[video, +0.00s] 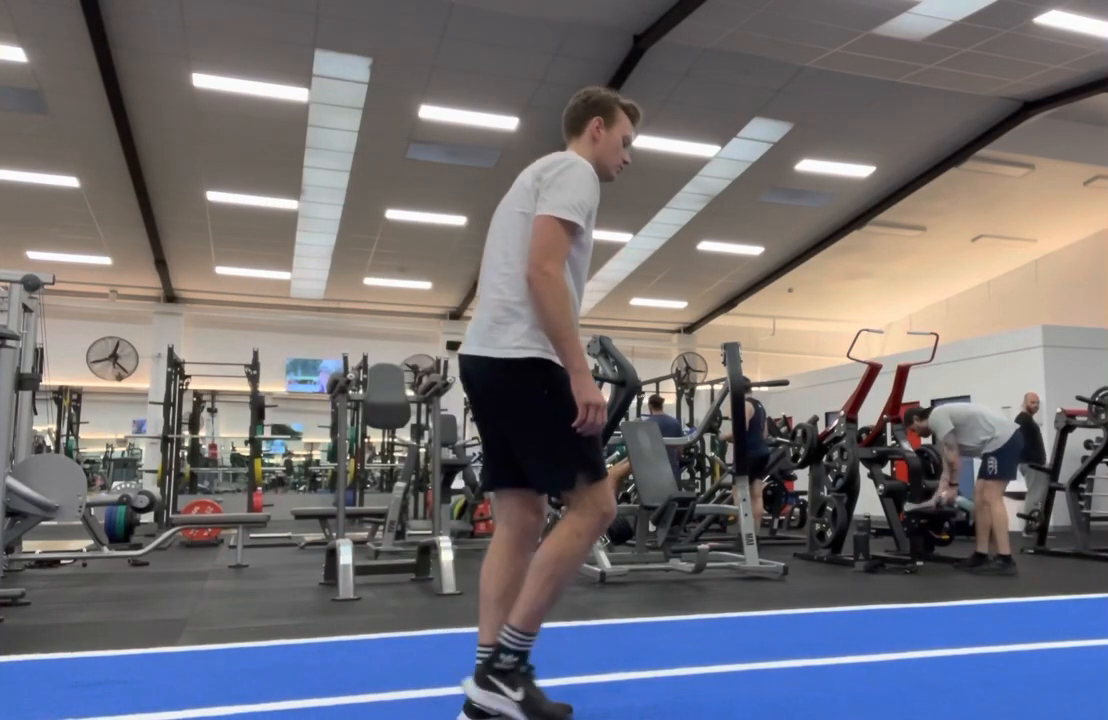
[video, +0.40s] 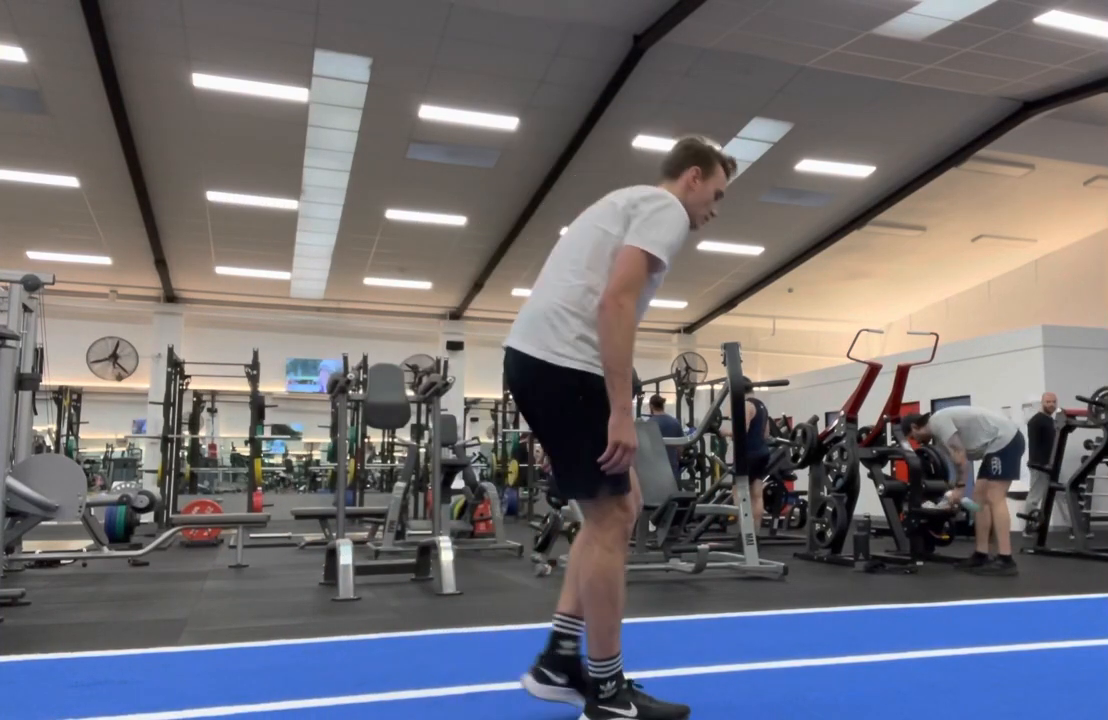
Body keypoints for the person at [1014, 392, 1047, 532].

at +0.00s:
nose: (1035, 405)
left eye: (1037, 403)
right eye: (1032, 402)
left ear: (1039, 404)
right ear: (1025, 403)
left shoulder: (1029, 420)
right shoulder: (1024, 420)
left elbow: (1030, 443)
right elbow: (1023, 443)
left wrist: (1041, 461)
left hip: (1035, 463)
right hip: (1030, 463)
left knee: (1037, 495)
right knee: (1036, 494)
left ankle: (1034, 526)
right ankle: (1030, 527)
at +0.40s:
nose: (1051, 405)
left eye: (1053, 402)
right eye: (1048, 402)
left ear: (1056, 403)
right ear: (1042, 403)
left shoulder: (1050, 421)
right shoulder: (1040, 421)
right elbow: (1036, 444)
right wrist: (1041, 462)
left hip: (1044, 465)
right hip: (1040, 465)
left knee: (1039, 497)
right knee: (1035, 497)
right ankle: (1030, 527)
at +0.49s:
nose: (1055, 403)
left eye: (1057, 401)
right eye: (1052, 401)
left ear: (1061, 402)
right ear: (1047, 402)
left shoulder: (1063, 420)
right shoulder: (1039, 420)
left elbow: (1070, 428)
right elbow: (1034, 442)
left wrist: (1068, 417)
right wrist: (1039, 462)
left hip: (1060, 464)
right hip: (1043, 464)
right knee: (1037, 495)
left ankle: (1074, 527)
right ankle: (1030, 527)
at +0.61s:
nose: (1058, 403)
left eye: (1061, 400)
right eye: (1055, 400)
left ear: (1066, 401)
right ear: (1051, 401)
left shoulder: (1069, 420)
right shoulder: (1042, 419)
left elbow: (1071, 444)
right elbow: (1035, 441)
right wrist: (1037, 462)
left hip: (1064, 463)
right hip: (1045, 462)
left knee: (1069, 495)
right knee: (1040, 493)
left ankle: (1075, 527)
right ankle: (1032, 524)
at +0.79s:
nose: (1067, 402)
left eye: (1069, 399)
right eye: (1064, 399)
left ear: (1073, 401)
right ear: (1059, 401)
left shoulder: (1078, 421)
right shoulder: (1049, 419)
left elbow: (1085, 443)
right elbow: (1041, 443)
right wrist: (1041, 463)